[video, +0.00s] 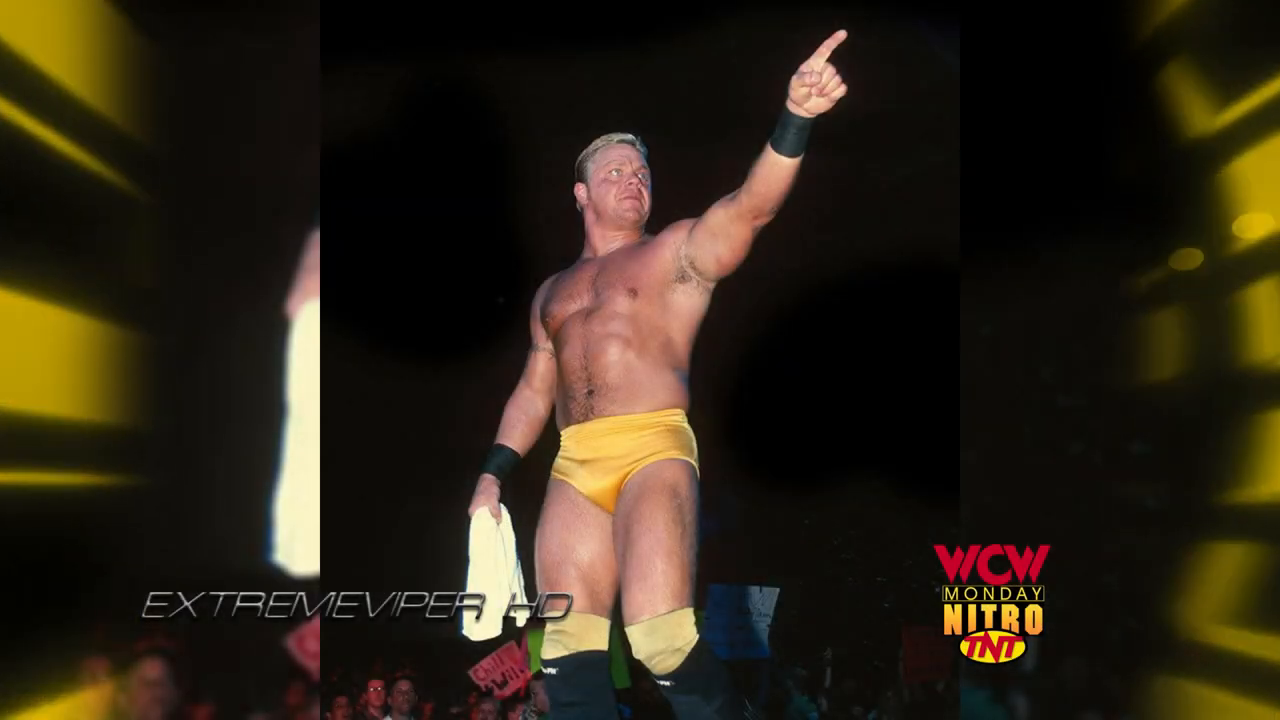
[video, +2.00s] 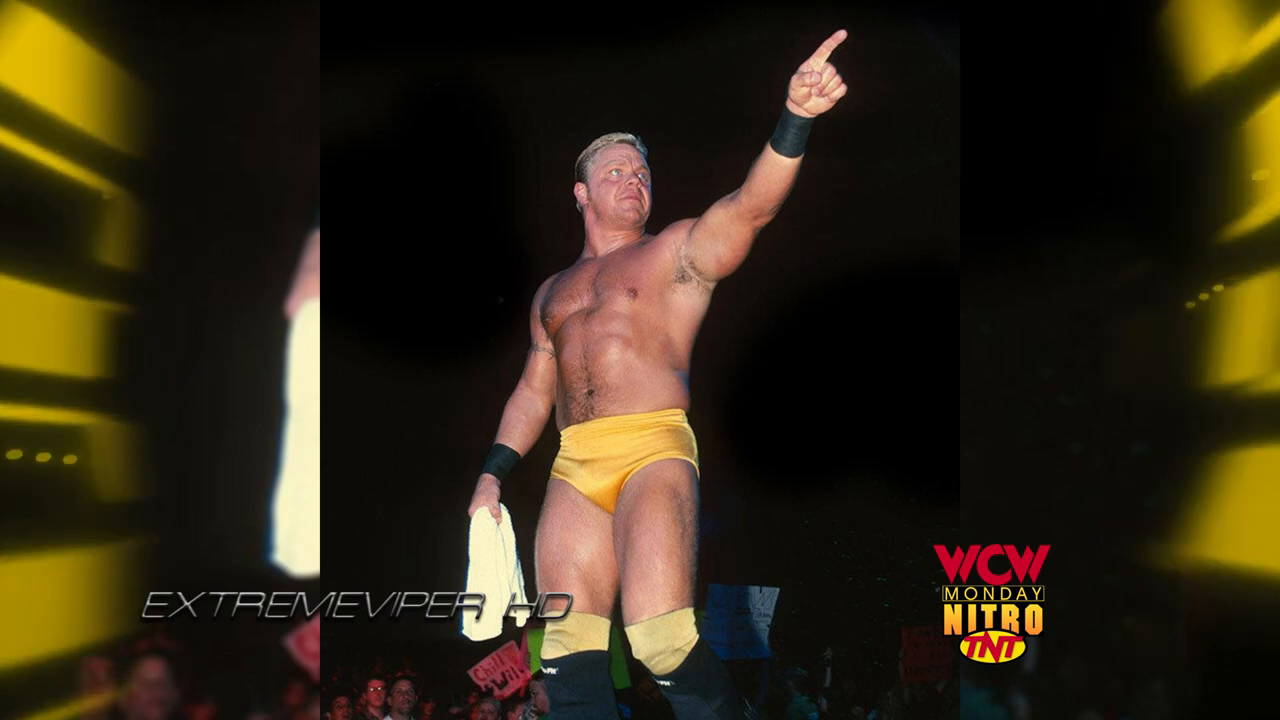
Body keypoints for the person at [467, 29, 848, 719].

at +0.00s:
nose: (632, 180)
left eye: (640, 172)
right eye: (614, 171)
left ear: (651, 194)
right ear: (581, 193)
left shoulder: (680, 254)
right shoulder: (553, 296)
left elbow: (752, 204)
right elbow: (534, 394)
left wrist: (797, 115)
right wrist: (490, 477)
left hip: (656, 448)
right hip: (576, 462)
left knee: (659, 635)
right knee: (568, 646)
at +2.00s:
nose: (632, 179)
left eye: (640, 172)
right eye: (615, 170)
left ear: (650, 194)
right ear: (581, 193)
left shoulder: (680, 254)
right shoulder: (552, 296)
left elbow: (753, 203)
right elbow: (534, 394)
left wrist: (797, 116)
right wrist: (490, 478)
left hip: (656, 448)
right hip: (575, 462)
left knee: (660, 636)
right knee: (568, 646)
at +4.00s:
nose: (632, 179)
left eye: (640, 172)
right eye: (615, 170)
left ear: (650, 194)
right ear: (581, 193)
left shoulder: (680, 254)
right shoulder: (552, 296)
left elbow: (753, 203)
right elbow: (534, 394)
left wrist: (797, 116)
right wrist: (490, 478)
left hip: (656, 448)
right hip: (575, 462)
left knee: (660, 636)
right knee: (568, 647)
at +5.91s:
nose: (631, 179)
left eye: (640, 172)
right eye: (614, 170)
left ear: (650, 194)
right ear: (580, 193)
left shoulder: (680, 253)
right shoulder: (552, 296)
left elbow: (753, 203)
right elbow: (534, 393)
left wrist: (797, 115)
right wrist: (490, 478)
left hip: (656, 448)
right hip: (575, 462)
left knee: (660, 637)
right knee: (568, 647)